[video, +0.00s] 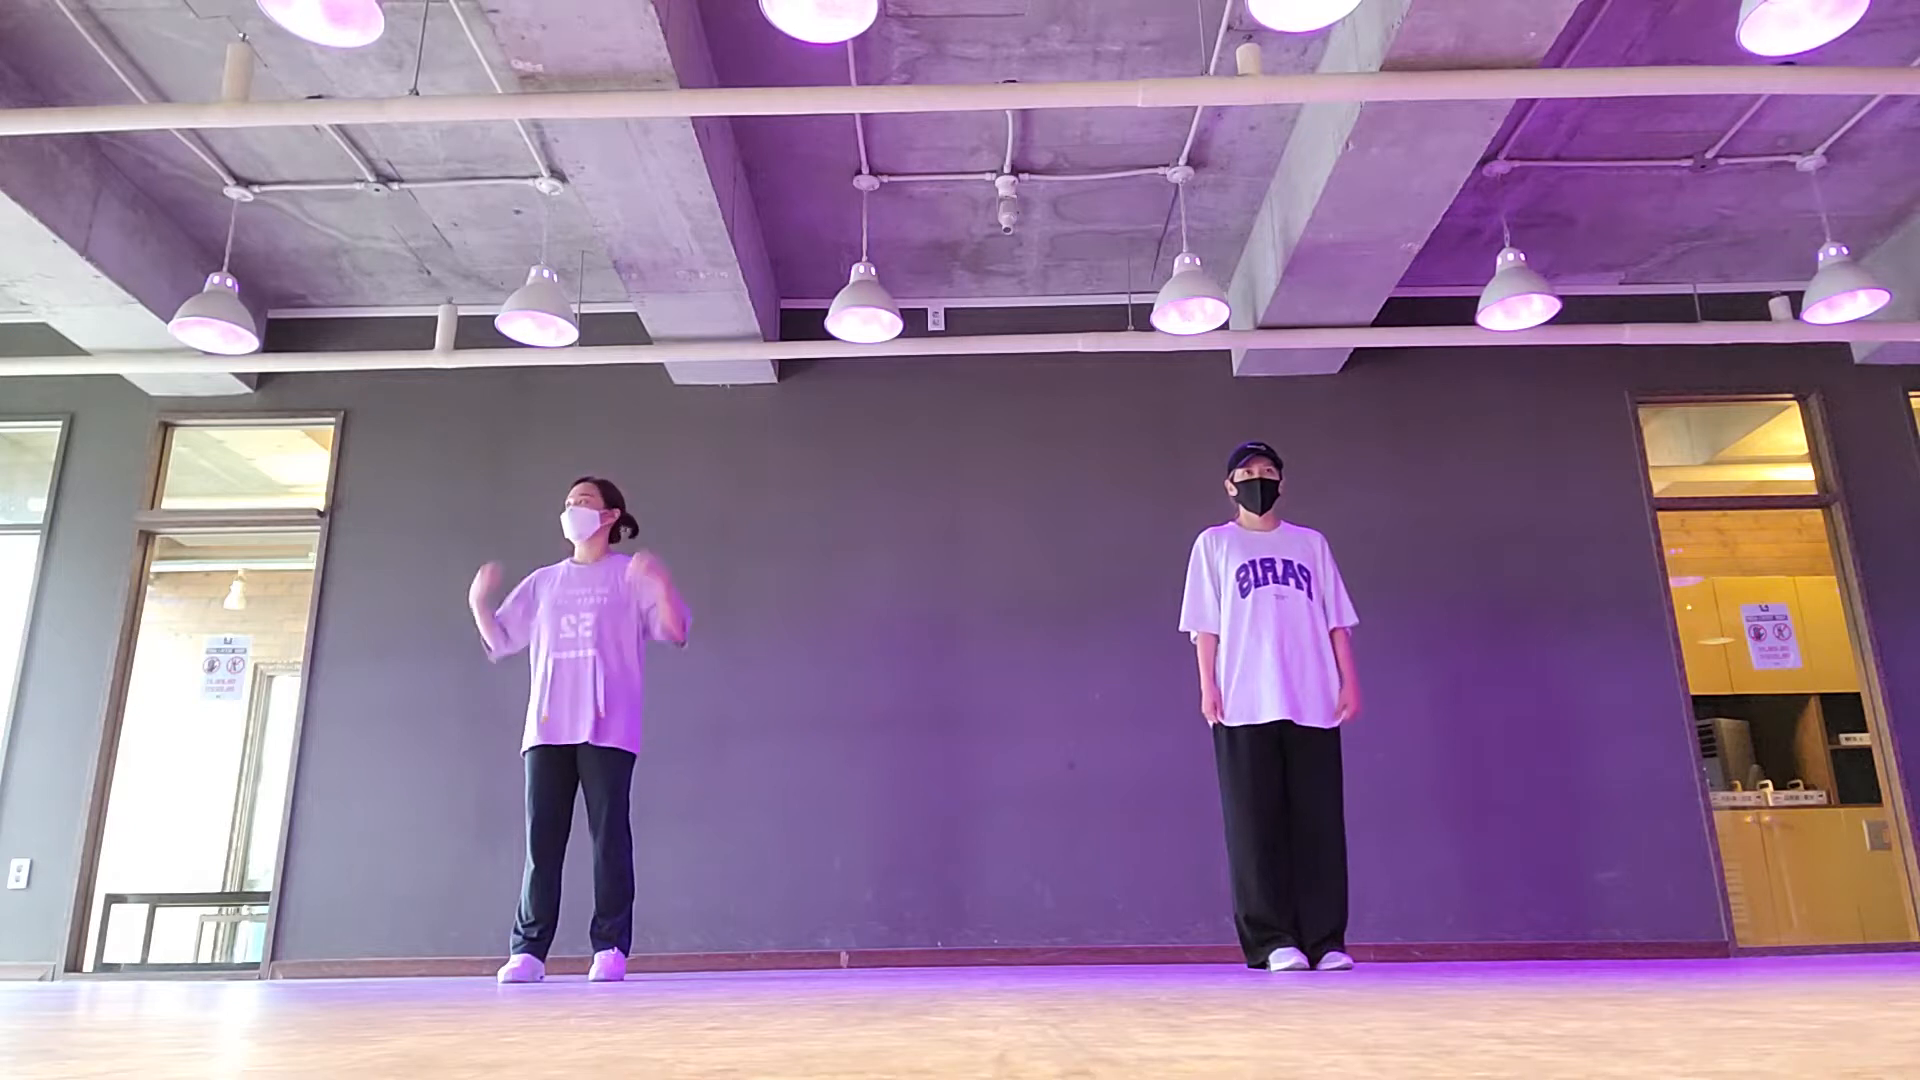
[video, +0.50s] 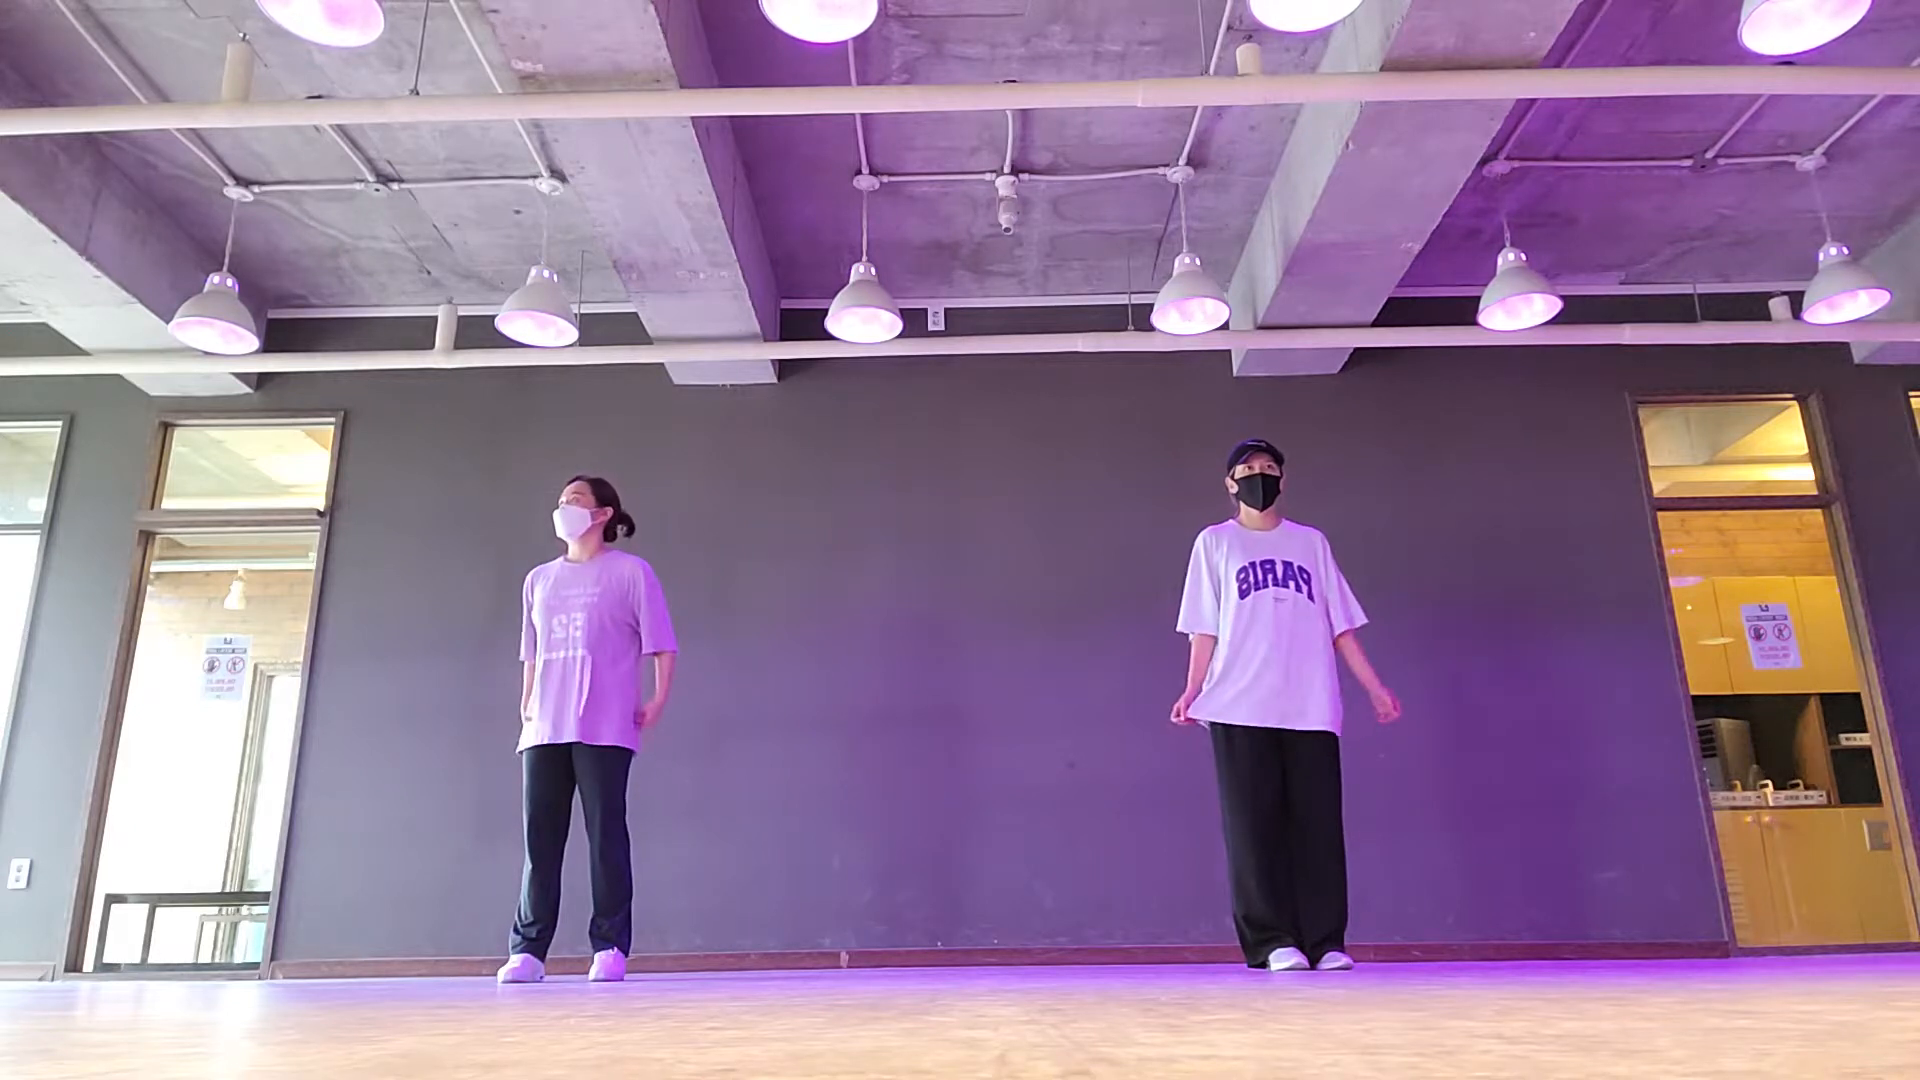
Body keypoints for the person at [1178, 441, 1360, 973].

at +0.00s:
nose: (1259, 480)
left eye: (1268, 472)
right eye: (1248, 472)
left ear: (1281, 483)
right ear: (1231, 485)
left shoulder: (1311, 543)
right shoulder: (1213, 544)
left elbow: (1336, 621)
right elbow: (1205, 624)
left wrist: (1349, 682)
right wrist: (1208, 685)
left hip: (1311, 702)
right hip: (1245, 706)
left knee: (1318, 823)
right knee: (1256, 828)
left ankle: (1326, 941)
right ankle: (1271, 943)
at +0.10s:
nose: (1258, 480)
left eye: (1267, 472)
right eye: (1247, 472)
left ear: (1280, 482)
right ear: (1231, 485)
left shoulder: (1311, 543)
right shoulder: (1212, 544)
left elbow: (1336, 622)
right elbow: (1205, 625)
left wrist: (1350, 682)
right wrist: (1207, 687)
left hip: (1312, 702)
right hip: (1245, 705)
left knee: (1318, 823)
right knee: (1256, 828)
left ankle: (1326, 941)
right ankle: (1271, 944)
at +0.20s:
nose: (1259, 482)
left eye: (1267, 474)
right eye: (1248, 475)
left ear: (1280, 483)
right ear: (1231, 485)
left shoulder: (1311, 544)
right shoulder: (1213, 545)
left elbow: (1335, 623)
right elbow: (1206, 626)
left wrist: (1357, 681)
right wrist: (1200, 688)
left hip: (1314, 703)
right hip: (1244, 707)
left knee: (1318, 822)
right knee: (1257, 827)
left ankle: (1325, 942)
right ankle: (1272, 944)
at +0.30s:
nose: (1259, 482)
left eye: (1267, 474)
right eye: (1248, 474)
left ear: (1281, 482)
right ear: (1229, 485)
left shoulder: (1312, 545)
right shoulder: (1212, 546)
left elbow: (1338, 627)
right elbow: (1206, 629)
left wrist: (1364, 686)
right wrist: (1197, 689)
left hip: (1314, 706)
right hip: (1243, 708)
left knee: (1318, 823)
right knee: (1257, 827)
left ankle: (1326, 942)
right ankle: (1273, 944)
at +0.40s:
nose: (1260, 478)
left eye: (1268, 470)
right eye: (1248, 471)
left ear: (1281, 481)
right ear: (1230, 484)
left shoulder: (1312, 544)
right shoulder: (1212, 545)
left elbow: (1340, 629)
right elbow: (1205, 629)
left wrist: (1370, 687)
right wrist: (1195, 687)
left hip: (1314, 709)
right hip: (1244, 709)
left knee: (1318, 825)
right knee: (1258, 828)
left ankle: (1326, 942)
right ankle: (1273, 944)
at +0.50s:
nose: (1260, 478)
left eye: (1268, 470)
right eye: (1248, 471)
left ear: (1282, 480)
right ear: (1230, 483)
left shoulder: (1312, 543)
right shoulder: (1213, 543)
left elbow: (1340, 627)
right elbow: (1204, 627)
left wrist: (1373, 686)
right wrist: (1194, 687)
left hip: (1311, 709)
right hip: (1242, 710)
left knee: (1317, 826)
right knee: (1256, 829)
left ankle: (1325, 942)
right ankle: (1273, 945)